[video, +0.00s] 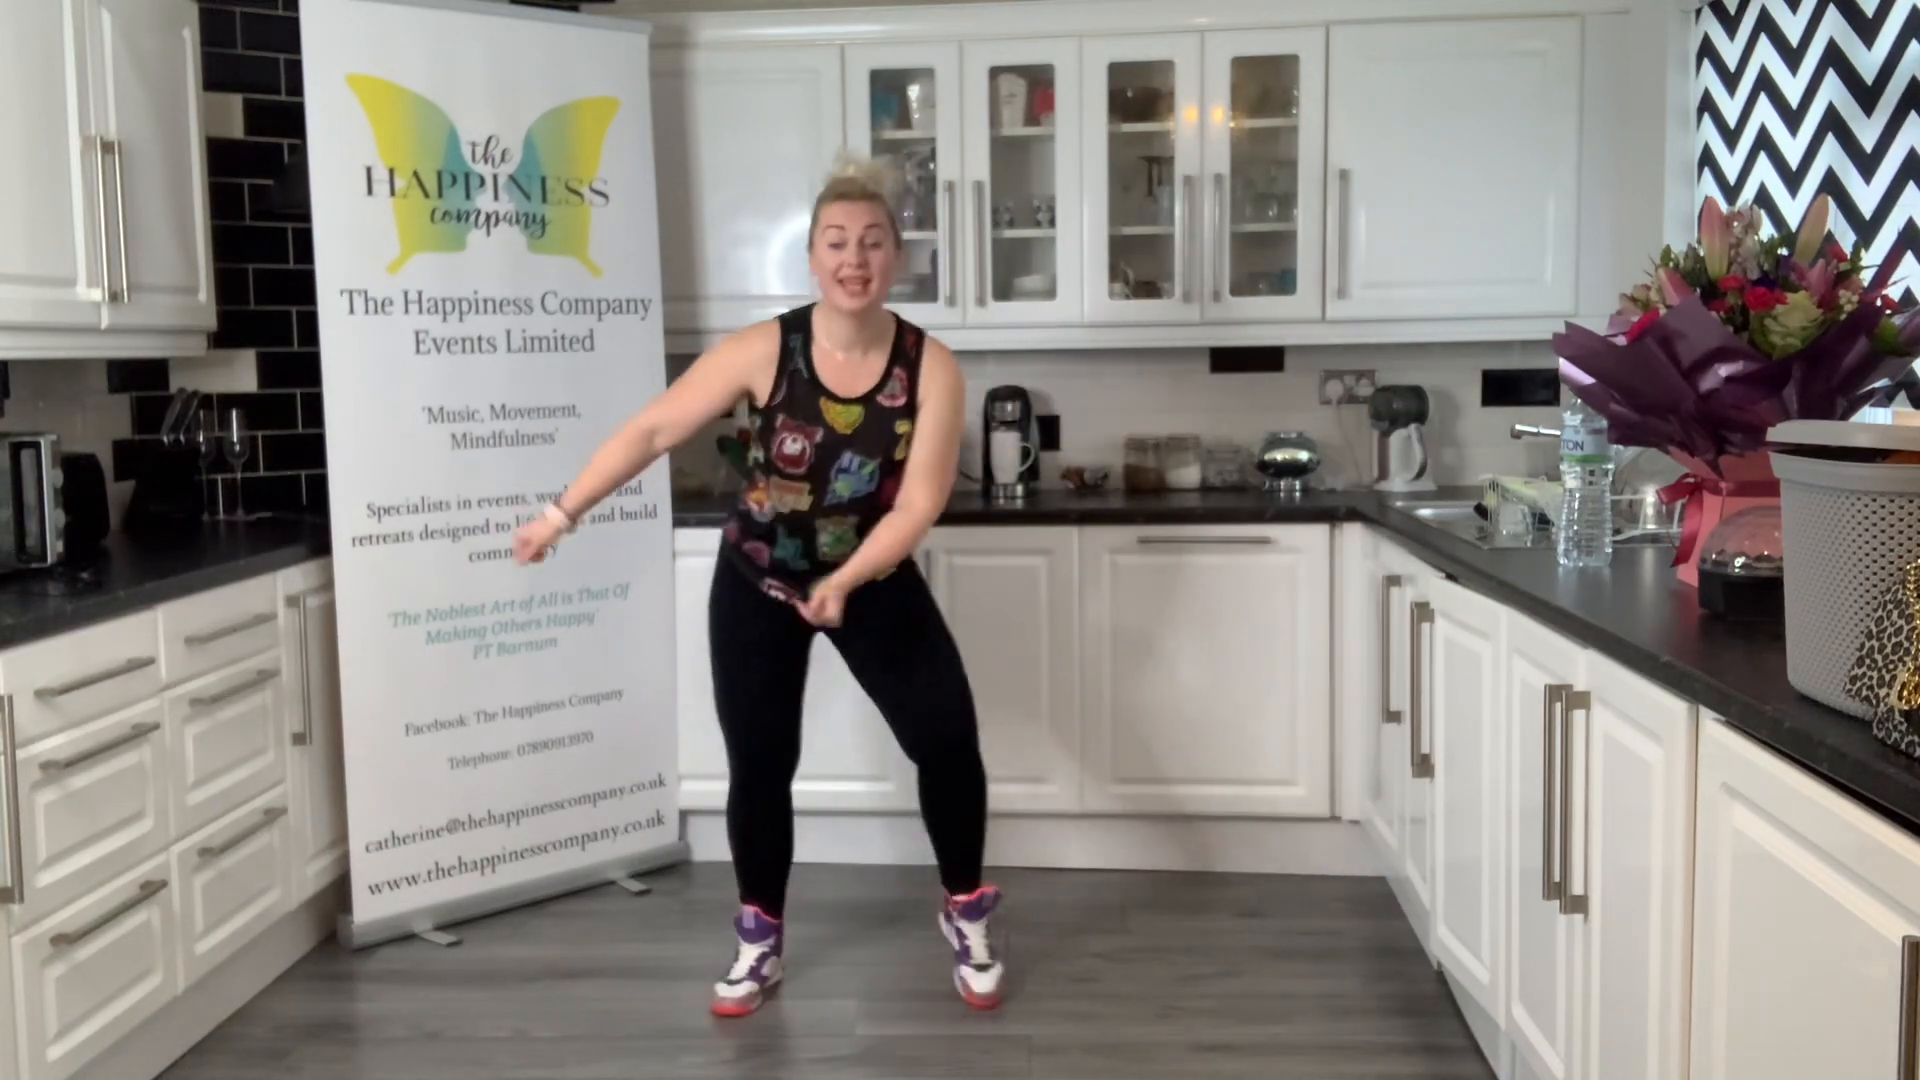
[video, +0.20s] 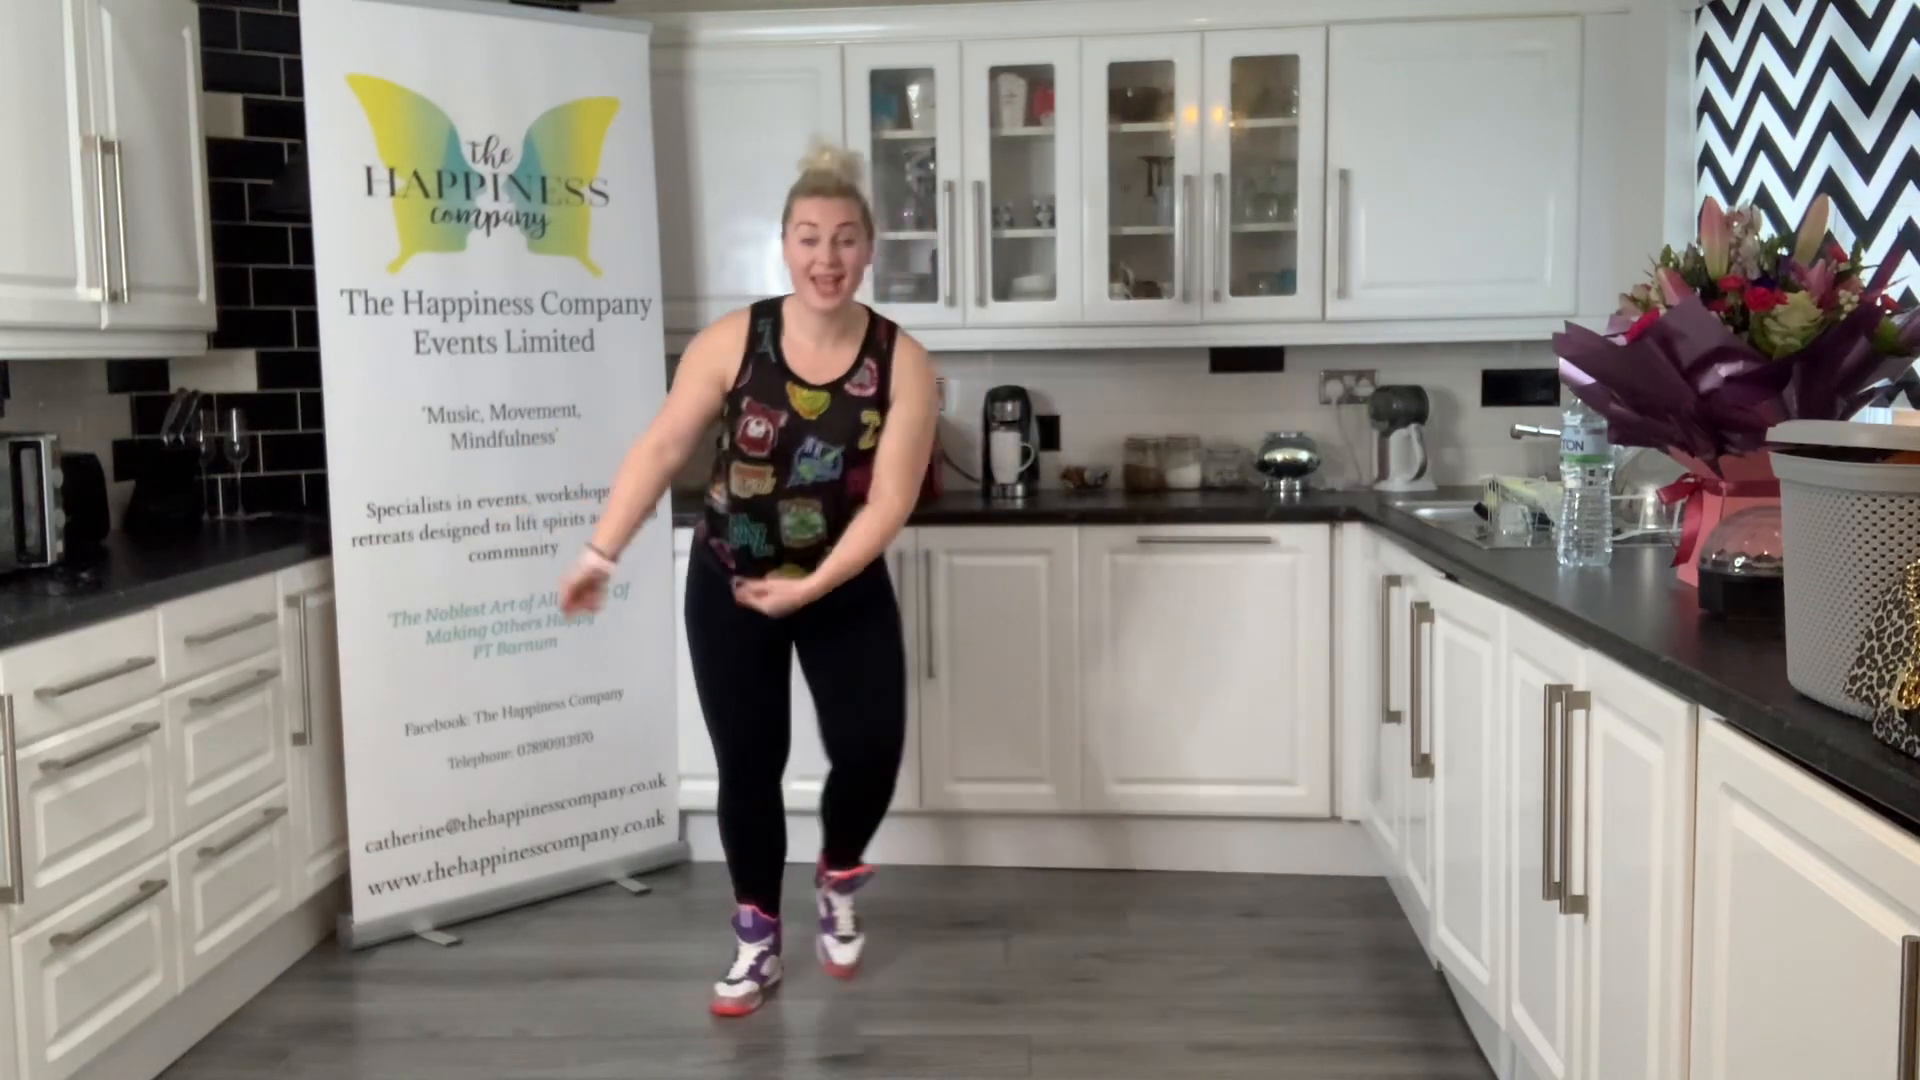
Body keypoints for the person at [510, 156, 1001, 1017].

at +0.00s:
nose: (854, 258)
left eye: (872, 241)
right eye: (836, 242)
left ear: (898, 255)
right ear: (812, 255)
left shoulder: (930, 368)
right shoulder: (762, 351)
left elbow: (920, 503)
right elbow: (653, 429)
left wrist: (846, 581)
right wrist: (565, 509)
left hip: (876, 572)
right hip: (760, 577)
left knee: (949, 736)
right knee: (759, 764)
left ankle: (966, 911)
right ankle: (759, 939)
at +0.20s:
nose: (827, 256)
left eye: (845, 238)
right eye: (809, 238)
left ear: (869, 250)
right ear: (785, 247)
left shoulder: (904, 366)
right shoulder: (732, 343)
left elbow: (892, 501)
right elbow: (660, 450)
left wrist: (814, 584)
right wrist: (601, 552)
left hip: (845, 575)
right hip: (733, 577)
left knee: (872, 748)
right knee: (748, 760)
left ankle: (839, 877)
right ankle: (756, 935)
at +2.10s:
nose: (828, 302)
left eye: (845, 284)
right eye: (810, 283)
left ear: (865, 284)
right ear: (778, 283)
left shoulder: (862, 357)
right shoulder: (763, 394)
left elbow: (951, 388)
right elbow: (830, 554)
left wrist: (1008, 326)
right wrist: (878, 576)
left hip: (780, 597)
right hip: (690, 602)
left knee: (884, 719)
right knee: (774, 771)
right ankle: (780, 979)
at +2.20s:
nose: (808, 290)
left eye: (826, 271)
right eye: (789, 271)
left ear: (846, 273)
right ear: (760, 272)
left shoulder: (845, 352)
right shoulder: (746, 386)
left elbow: (938, 385)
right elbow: (803, 546)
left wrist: (993, 321)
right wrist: (854, 567)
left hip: (761, 601)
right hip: (680, 597)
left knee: (817, 772)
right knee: (769, 773)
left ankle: (628, 797)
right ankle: (780, 980)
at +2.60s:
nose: (756, 277)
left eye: (773, 257)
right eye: (736, 258)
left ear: (795, 256)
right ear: (707, 258)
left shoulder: (787, 339)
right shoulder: (697, 369)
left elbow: (875, 380)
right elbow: (743, 531)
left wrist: (926, 322)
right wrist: (780, 540)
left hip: (662, 585)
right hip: (625, 584)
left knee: (562, 759)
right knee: (698, 768)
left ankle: (495, 936)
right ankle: (765, 969)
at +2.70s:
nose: (751, 270)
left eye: (769, 251)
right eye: (731, 251)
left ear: (789, 252)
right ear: (702, 253)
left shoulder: (783, 330)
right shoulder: (693, 361)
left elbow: (870, 383)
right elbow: (728, 519)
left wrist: (917, 336)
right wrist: (785, 512)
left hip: (658, 580)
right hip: (625, 581)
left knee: (569, 753)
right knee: (714, 762)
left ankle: (499, 933)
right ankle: (767, 972)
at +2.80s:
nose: (757, 281)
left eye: (774, 263)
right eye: (737, 264)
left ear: (795, 265)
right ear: (707, 267)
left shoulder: (794, 345)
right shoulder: (703, 372)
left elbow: (873, 400)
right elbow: (690, 527)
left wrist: (921, 384)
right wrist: (801, 509)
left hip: (678, 595)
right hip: (633, 591)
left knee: (577, 765)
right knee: (748, 759)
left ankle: (491, 942)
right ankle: (771, 974)